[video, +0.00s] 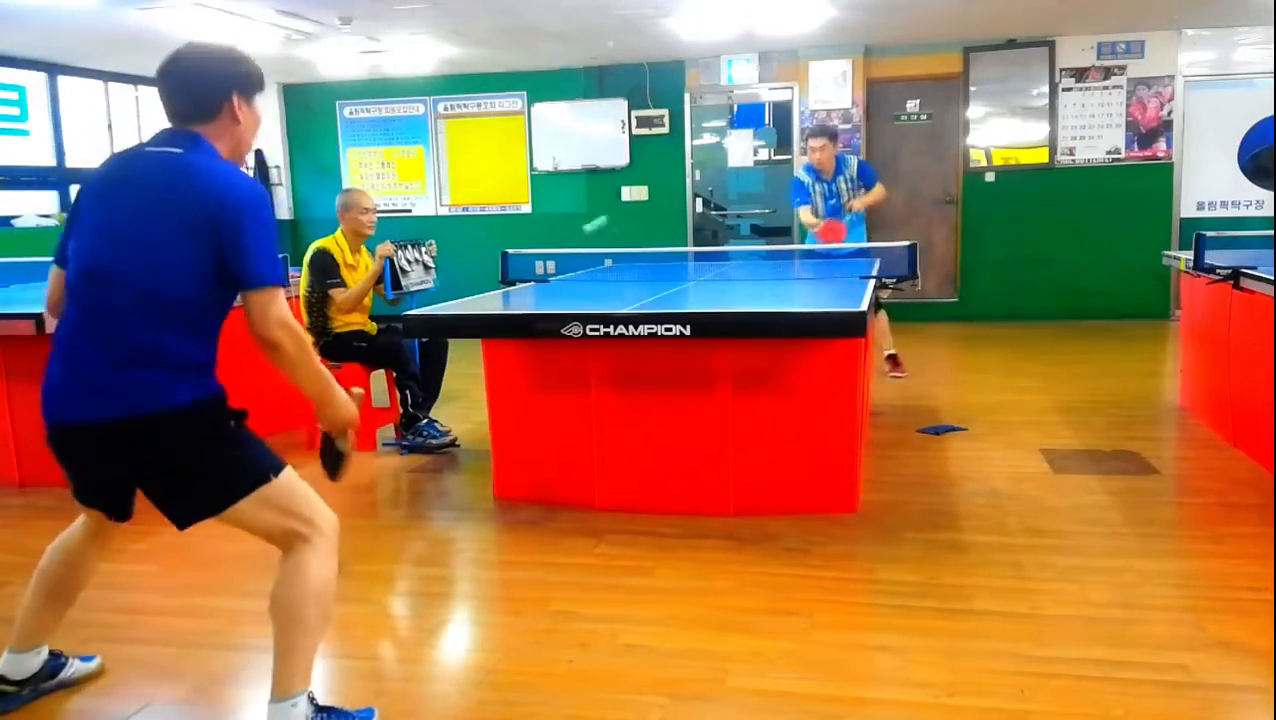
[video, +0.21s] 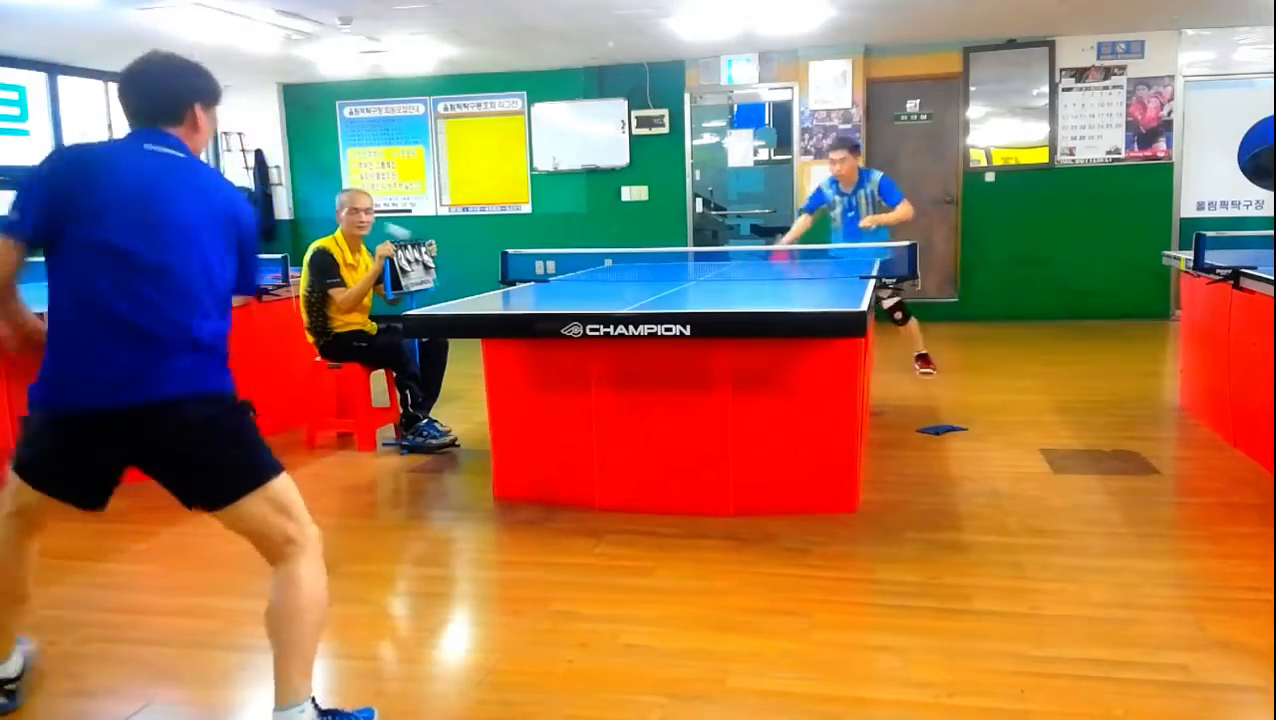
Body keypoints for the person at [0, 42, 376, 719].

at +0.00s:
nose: (258, 123)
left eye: (257, 109)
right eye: (256, 108)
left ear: (172, 109)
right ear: (234, 107)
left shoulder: (104, 179)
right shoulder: (233, 190)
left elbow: (57, 302)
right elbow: (271, 324)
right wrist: (332, 402)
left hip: (73, 407)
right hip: (168, 410)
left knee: (100, 515)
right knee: (311, 530)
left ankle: (20, 661)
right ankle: (292, 704)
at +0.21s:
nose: (213, 128)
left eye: (212, 116)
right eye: (212, 116)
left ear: (132, 113)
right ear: (196, 117)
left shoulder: (68, 166)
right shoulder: (227, 200)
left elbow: (3, 254)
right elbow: (231, 294)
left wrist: (15, 318)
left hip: (75, 400)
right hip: (188, 402)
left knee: (17, 519)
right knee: (295, 545)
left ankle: (4, 665)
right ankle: (296, 706)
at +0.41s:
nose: (178, 36)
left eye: (173, 23)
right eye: (176, 24)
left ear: (94, 28)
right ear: (163, 31)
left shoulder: (34, 78)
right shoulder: (192, 112)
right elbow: (250, 205)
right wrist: (271, 196)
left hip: (17, 325)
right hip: (117, 330)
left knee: (4, 502)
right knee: (185, 497)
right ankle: (232, 660)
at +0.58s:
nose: (174, 43)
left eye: (170, 29)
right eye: (170, 29)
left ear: (95, 35)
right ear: (153, 39)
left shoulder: (36, 75)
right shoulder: (182, 128)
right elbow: (261, 227)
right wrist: (334, 223)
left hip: (1, 311)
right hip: (70, 323)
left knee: (20, 460)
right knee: (111, 499)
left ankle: (3, 594)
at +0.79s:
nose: (158, 106)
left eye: (156, 92)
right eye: (154, 92)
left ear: (81, 99)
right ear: (132, 96)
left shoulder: (15, 159)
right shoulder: (143, 179)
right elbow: (171, 292)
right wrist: (237, 377)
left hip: (7, 368)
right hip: (81, 373)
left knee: (68, 481)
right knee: (160, 515)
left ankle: (11, 597)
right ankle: (49, 653)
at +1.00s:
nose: (191, 105)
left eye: (188, 91)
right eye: (186, 91)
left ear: (135, 98)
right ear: (157, 96)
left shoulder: (103, 158)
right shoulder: (123, 163)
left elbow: (96, 279)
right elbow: (104, 282)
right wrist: (195, 367)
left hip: (63, 371)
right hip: (79, 375)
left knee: (139, 475)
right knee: (207, 498)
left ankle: (72, 586)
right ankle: (180, 672)